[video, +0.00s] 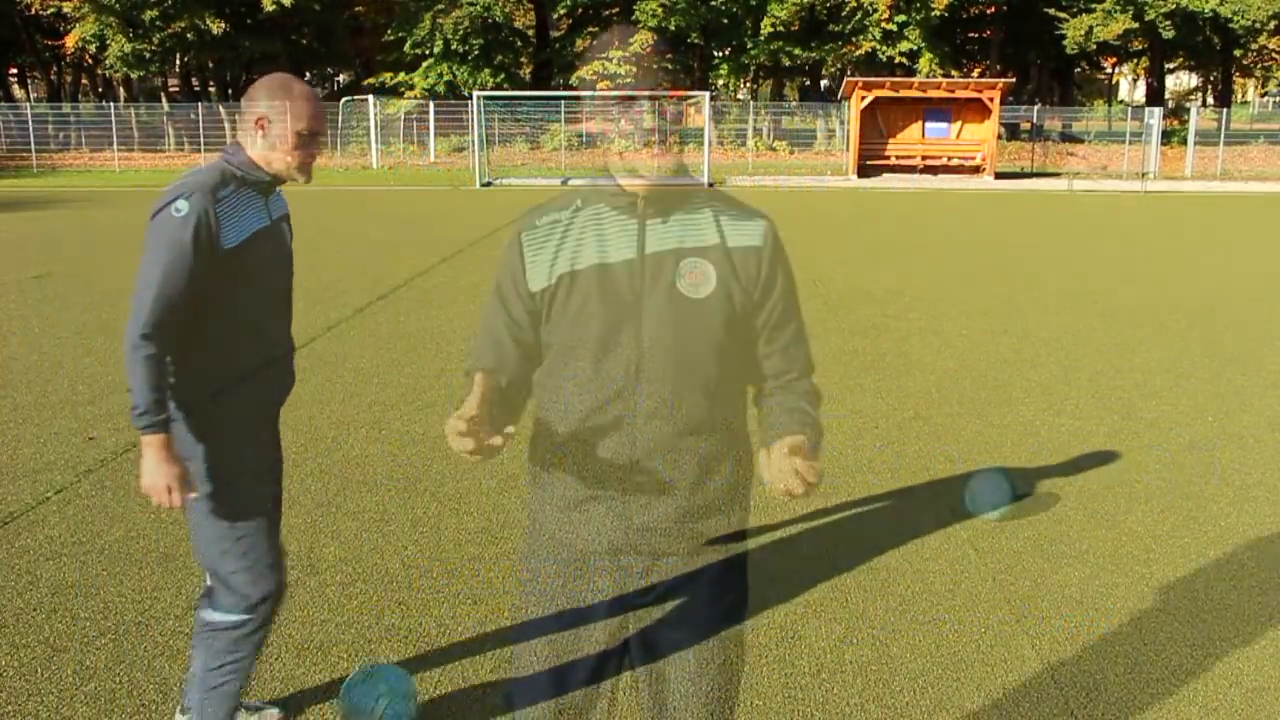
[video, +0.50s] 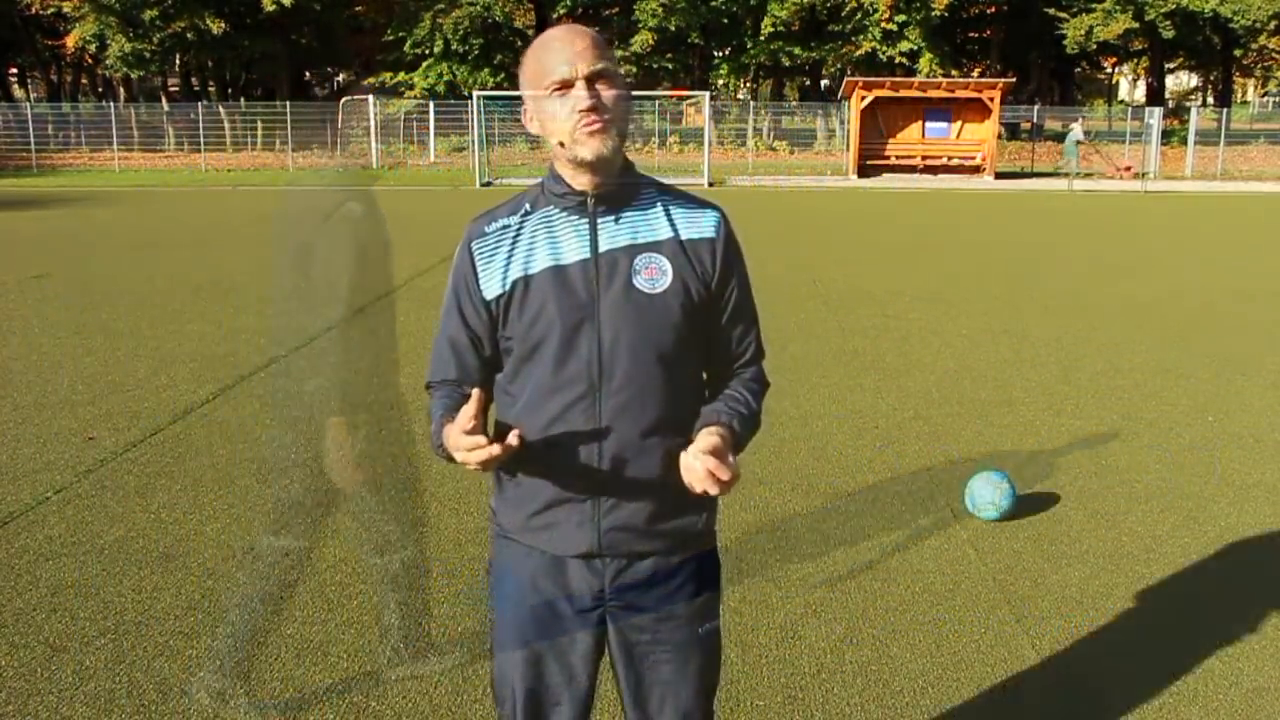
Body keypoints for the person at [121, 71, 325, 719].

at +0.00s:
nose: (316, 150)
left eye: (319, 137)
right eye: (305, 138)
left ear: (275, 132)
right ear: (261, 129)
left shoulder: (265, 194)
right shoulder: (194, 207)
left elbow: (245, 313)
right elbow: (144, 334)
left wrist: (261, 401)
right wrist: (154, 442)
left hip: (256, 415)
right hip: (212, 425)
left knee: (247, 576)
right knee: (250, 588)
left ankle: (213, 697)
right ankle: (204, 711)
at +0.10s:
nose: (330, 143)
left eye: (331, 130)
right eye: (319, 131)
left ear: (284, 125)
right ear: (275, 123)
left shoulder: (271, 191)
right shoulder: (215, 201)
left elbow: (277, 303)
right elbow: (172, 330)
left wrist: (294, 384)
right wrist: (185, 435)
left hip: (263, 400)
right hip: (226, 410)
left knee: (233, 561)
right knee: (307, 561)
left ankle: (204, 699)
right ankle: (287, 710)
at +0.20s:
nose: (337, 147)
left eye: (338, 135)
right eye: (328, 136)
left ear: (295, 130)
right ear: (291, 127)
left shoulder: (276, 191)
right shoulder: (242, 199)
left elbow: (284, 304)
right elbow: (202, 329)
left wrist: (317, 377)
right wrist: (213, 433)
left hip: (272, 394)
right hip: (255, 399)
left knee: (235, 555)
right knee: (352, 536)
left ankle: (204, 700)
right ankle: (344, 684)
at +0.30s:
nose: (345, 136)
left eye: (346, 125)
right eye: (334, 126)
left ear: (325, 129)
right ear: (306, 129)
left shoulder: (289, 193)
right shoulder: (273, 201)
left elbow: (293, 310)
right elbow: (238, 327)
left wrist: (334, 376)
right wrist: (245, 433)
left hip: (276, 396)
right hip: (285, 399)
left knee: (244, 548)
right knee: (380, 518)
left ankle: (205, 696)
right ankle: (382, 660)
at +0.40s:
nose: (362, 136)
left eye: (362, 123)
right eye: (352, 124)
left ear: (311, 129)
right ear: (326, 128)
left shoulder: (288, 191)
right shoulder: (310, 200)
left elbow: (303, 313)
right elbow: (281, 323)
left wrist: (347, 389)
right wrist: (285, 424)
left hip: (281, 402)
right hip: (322, 405)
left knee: (255, 544)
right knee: (389, 519)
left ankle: (207, 694)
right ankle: (408, 649)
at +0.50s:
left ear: (321, 142)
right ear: (350, 136)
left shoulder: (308, 203)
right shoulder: (350, 209)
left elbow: (314, 319)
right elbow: (335, 323)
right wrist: (338, 421)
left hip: (305, 408)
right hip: (358, 410)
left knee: (285, 544)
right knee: (396, 538)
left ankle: (220, 675)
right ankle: (406, 652)